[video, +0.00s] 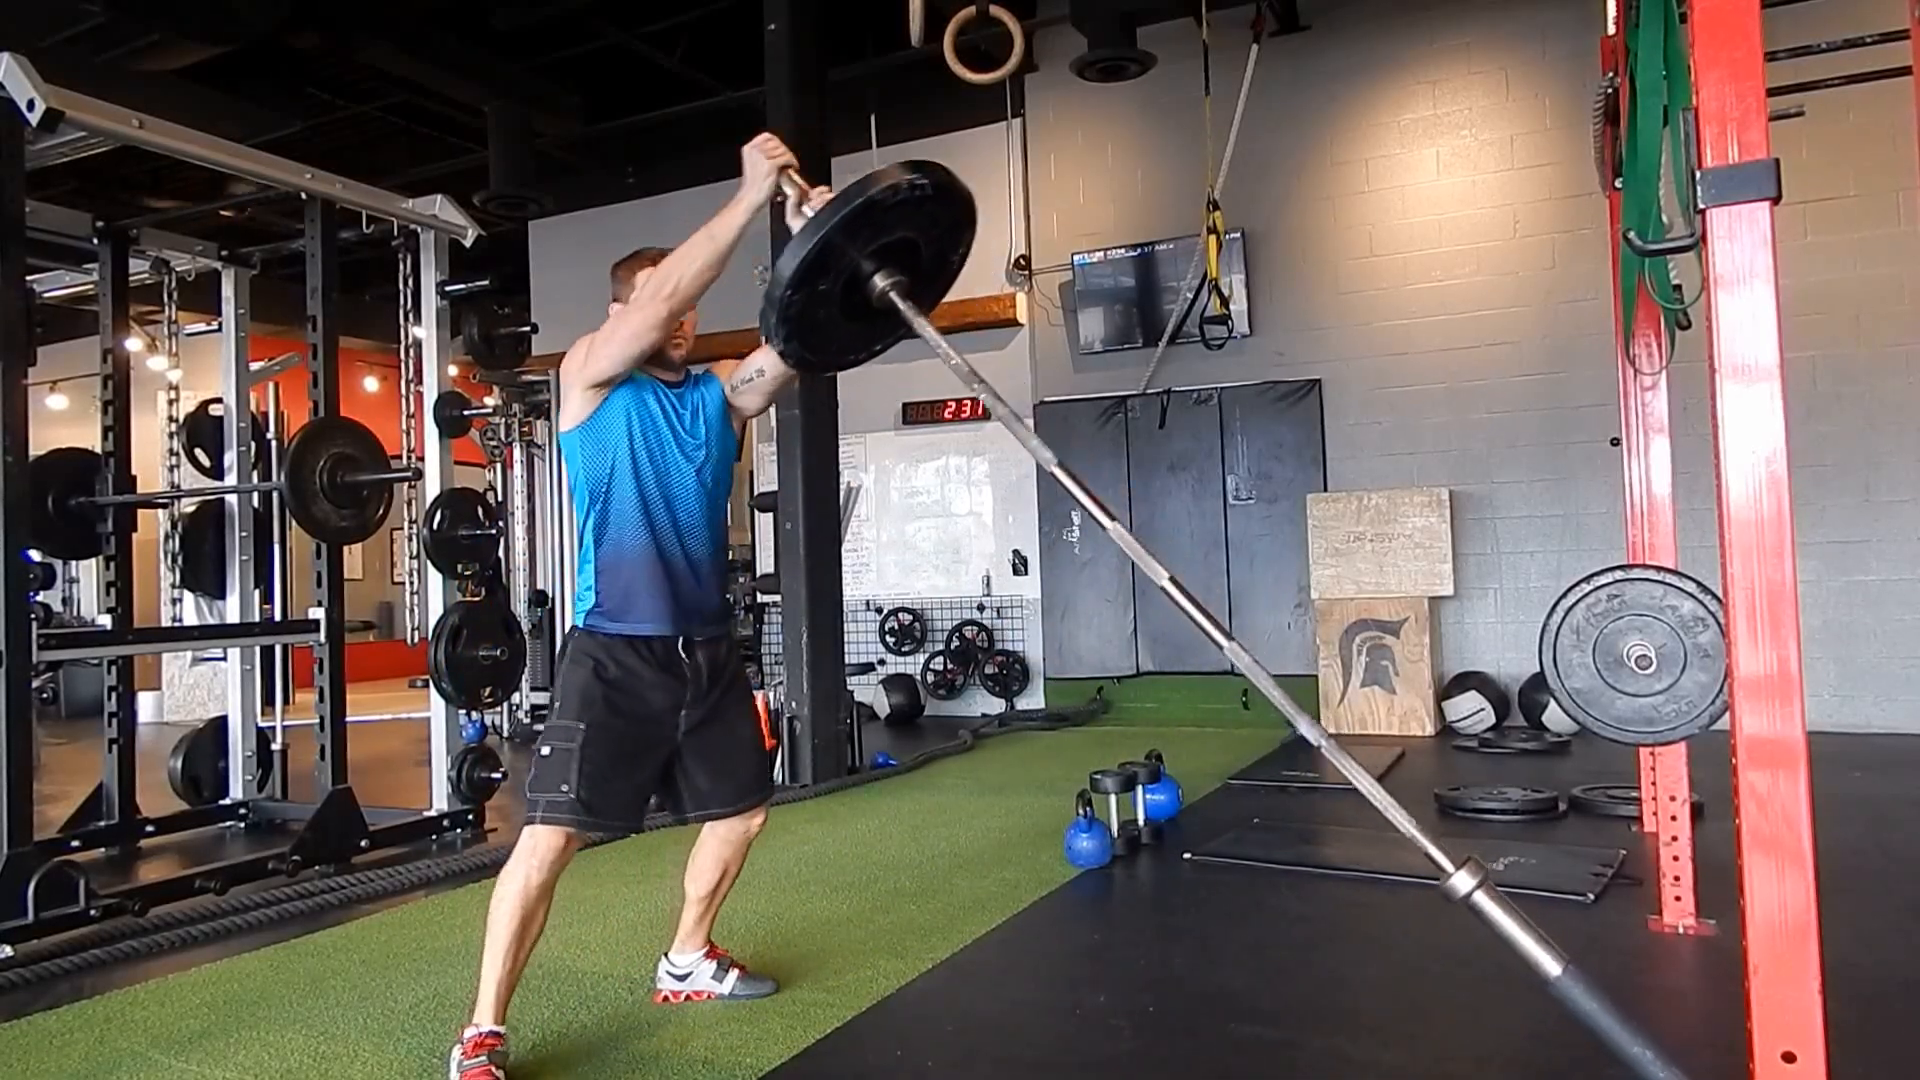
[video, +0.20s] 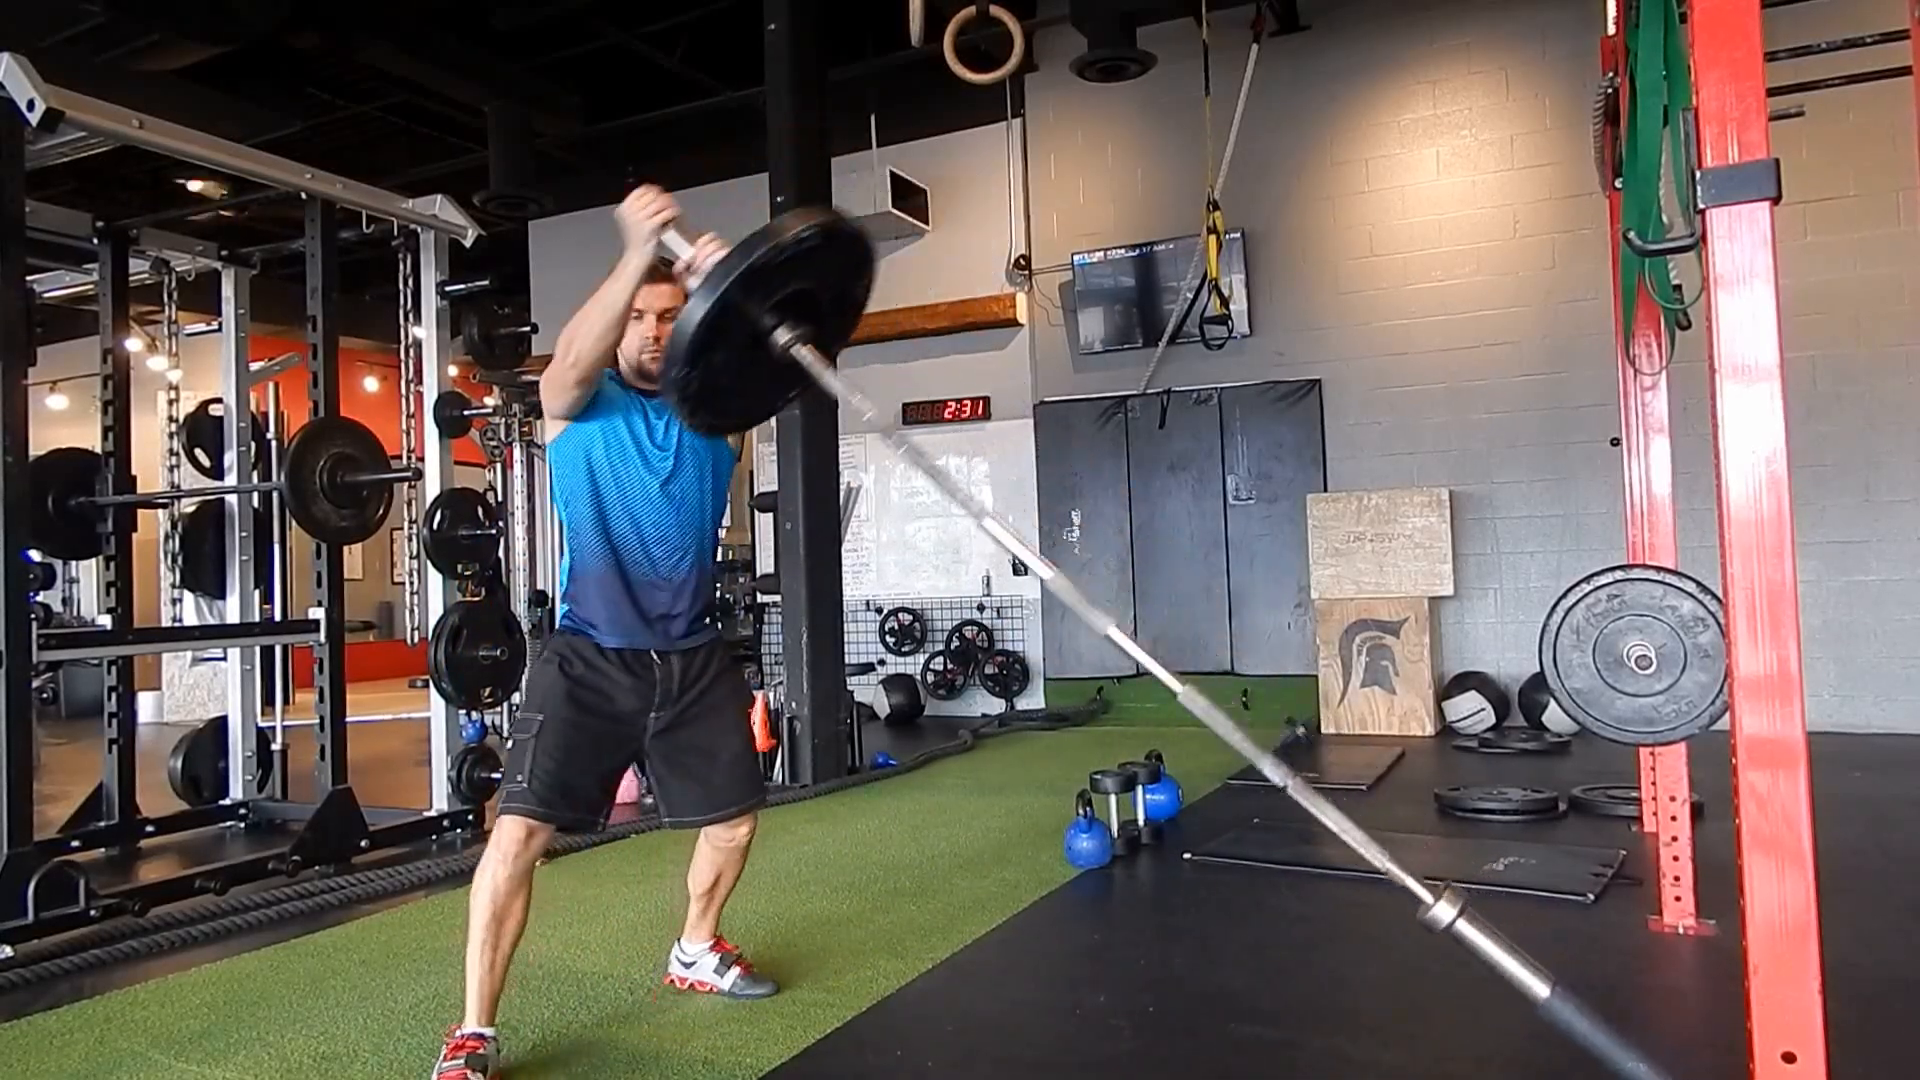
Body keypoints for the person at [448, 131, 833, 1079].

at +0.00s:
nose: (686, 307)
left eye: (686, 295)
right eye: (668, 295)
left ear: (686, 311)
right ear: (624, 308)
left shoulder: (720, 394)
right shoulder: (585, 380)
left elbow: (805, 341)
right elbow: (665, 296)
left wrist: (816, 234)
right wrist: (751, 194)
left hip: (708, 657)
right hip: (609, 656)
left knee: (741, 807)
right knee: (551, 836)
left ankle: (685, 961)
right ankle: (484, 1029)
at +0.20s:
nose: (655, 333)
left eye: (671, 320)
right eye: (642, 318)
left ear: (695, 331)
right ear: (615, 325)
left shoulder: (715, 411)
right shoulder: (574, 405)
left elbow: (767, 355)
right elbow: (570, 357)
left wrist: (728, 283)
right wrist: (634, 259)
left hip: (697, 662)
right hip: (586, 663)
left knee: (734, 815)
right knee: (519, 831)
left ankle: (695, 948)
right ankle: (475, 1027)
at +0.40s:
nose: (620, 342)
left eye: (636, 326)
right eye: (604, 329)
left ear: (666, 326)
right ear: (585, 332)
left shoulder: (694, 397)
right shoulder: (554, 394)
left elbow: (694, 448)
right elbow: (496, 483)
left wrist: (625, 386)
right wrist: (504, 403)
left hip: (671, 667)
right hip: (557, 668)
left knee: (722, 832)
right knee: (491, 834)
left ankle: (727, 935)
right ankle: (472, 1032)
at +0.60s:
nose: (574, 362)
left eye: (591, 345)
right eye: (559, 345)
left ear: (626, 348)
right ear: (545, 349)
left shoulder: (663, 431)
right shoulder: (515, 441)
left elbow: (626, 544)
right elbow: (490, 555)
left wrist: (512, 576)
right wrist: (440, 561)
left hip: (644, 674)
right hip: (534, 673)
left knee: (712, 843)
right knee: (468, 840)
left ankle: (753, 927)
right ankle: (469, 1034)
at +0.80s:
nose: (537, 385)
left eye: (556, 366)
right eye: (522, 369)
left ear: (594, 369)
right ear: (508, 376)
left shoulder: (632, 454)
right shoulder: (497, 474)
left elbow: (615, 586)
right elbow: (497, 597)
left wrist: (524, 688)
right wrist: (462, 678)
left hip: (640, 689)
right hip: (532, 687)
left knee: (708, 863)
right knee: (448, 839)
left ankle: (767, 922)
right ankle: (467, 1038)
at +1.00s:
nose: (531, 400)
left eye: (549, 381)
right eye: (515, 384)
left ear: (586, 385)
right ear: (501, 393)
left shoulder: (624, 474)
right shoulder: (493, 489)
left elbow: (619, 619)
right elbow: (510, 609)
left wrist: (534, 733)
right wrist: (483, 703)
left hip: (642, 700)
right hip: (539, 700)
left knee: (710, 883)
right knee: (439, 841)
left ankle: (768, 922)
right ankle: (469, 1038)